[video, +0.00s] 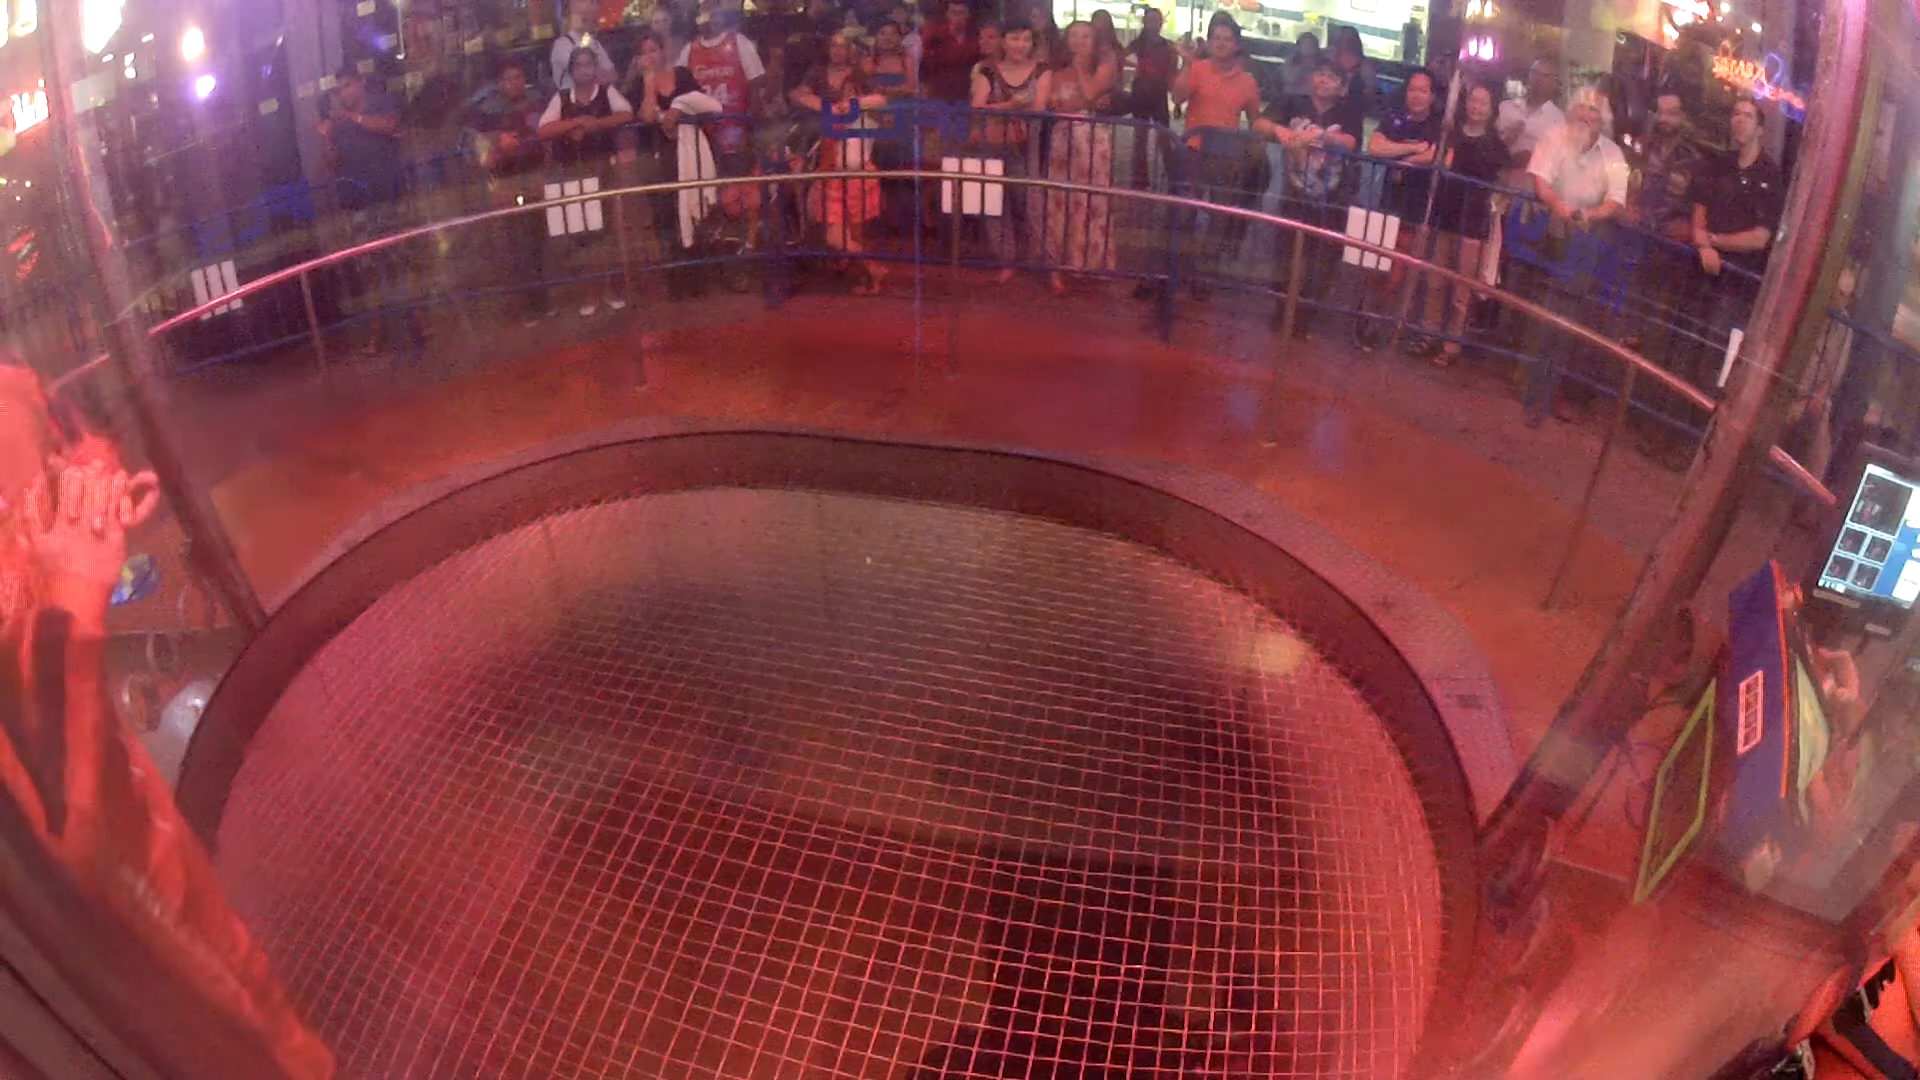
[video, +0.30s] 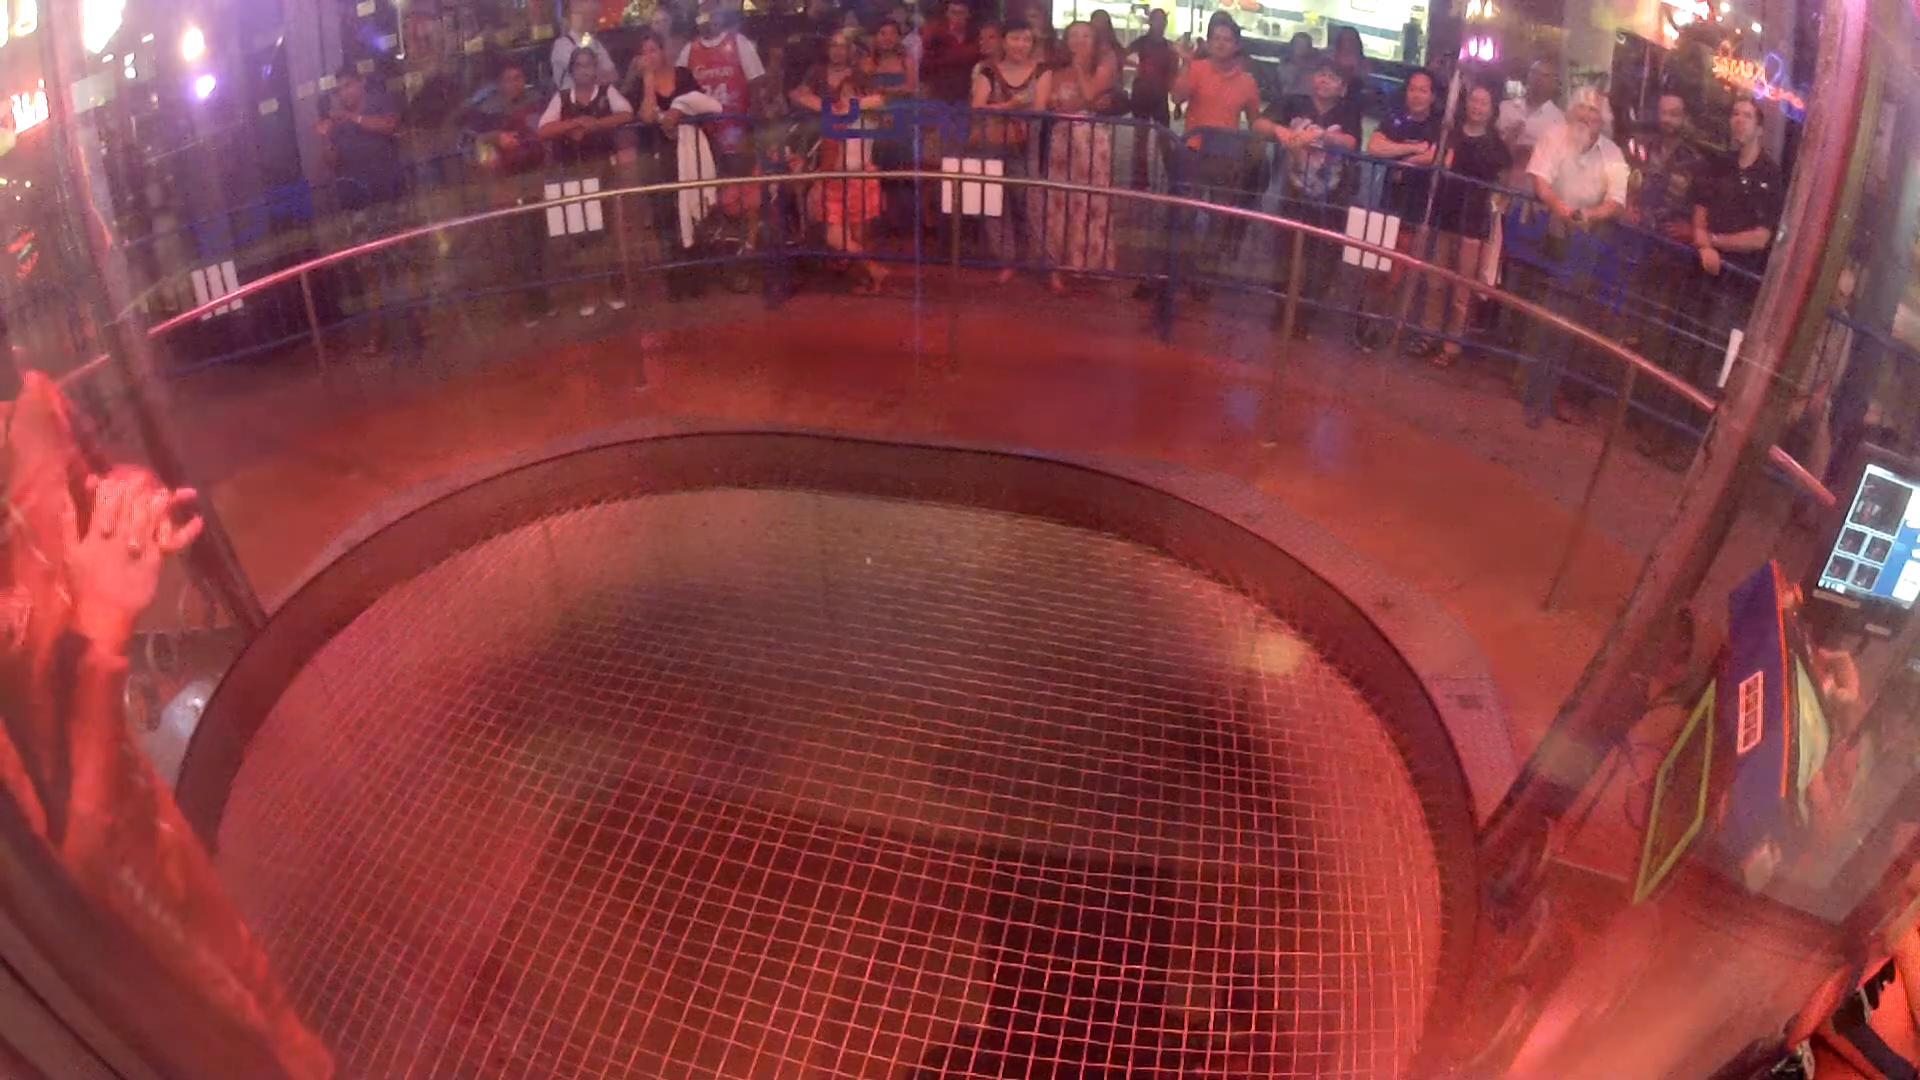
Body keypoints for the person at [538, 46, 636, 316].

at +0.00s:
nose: (583, 70)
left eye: (587, 65)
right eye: (578, 65)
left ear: (596, 68)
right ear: (570, 70)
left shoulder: (607, 91)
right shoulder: (562, 97)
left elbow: (626, 114)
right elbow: (543, 130)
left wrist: (592, 124)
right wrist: (576, 122)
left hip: (604, 169)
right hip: (572, 173)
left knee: (606, 233)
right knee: (581, 237)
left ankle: (611, 290)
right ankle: (589, 295)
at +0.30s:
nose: (583, 70)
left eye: (588, 65)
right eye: (578, 66)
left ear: (596, 68)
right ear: (570, 70)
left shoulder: (607, 91)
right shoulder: (562, 97)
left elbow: (626, 114)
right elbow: (543, 130)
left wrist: (592, 125)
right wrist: (575, 123)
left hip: (604, 169)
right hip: (572, 174)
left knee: (608, 233)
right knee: (582, 238)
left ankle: (614, 291)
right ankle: (590, 295)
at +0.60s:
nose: (583, 70)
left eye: (588, 65)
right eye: (578, 66)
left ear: (597, 68)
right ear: (571, 70)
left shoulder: (607, 92)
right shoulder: (562, 97)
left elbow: (626, 114)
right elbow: (544, 130)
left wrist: (592, 124)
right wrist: (576, 122)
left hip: (604, 169)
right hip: (572, 173)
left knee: (608, 233)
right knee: (581, 238)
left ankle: (613, 291)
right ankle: (589, 295)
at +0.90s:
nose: (584, 71)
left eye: (589, 65)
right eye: (579, 66)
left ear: (597, 69)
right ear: (571, 70)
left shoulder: (608, 92)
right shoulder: (561, 97)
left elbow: (626, 115)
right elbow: (544, 130)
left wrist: (593, 124)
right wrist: (574, 124)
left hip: (605, 170)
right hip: (571, 175)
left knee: (608, 233)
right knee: (579, 238)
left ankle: (615, 291)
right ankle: (587, 295)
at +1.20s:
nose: (584, 71)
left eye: (589, 66)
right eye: (579, 67)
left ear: (597, 69)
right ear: (571, 71)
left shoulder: (608, 92)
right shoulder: (561, 98)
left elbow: (626, 115)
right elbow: (544, 130)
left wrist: (593, 124)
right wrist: (574, 125)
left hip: (604, 170)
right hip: (571, 175)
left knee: (607, 233)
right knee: (579, 238)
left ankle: (615, 291)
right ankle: (588, 295)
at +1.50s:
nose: (584, 70)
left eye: (589, 65)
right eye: (579, 66)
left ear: (597, 69)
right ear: (571, 70)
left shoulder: (608, 92)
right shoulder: (561, 98)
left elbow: (626, 115)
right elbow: (543, 130)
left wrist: (592, 124)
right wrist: (574, 125)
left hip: (604, 170)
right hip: (570, 175)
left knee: (607, 233)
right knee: (579, 238)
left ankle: (614, 290)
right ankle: (588, 294)